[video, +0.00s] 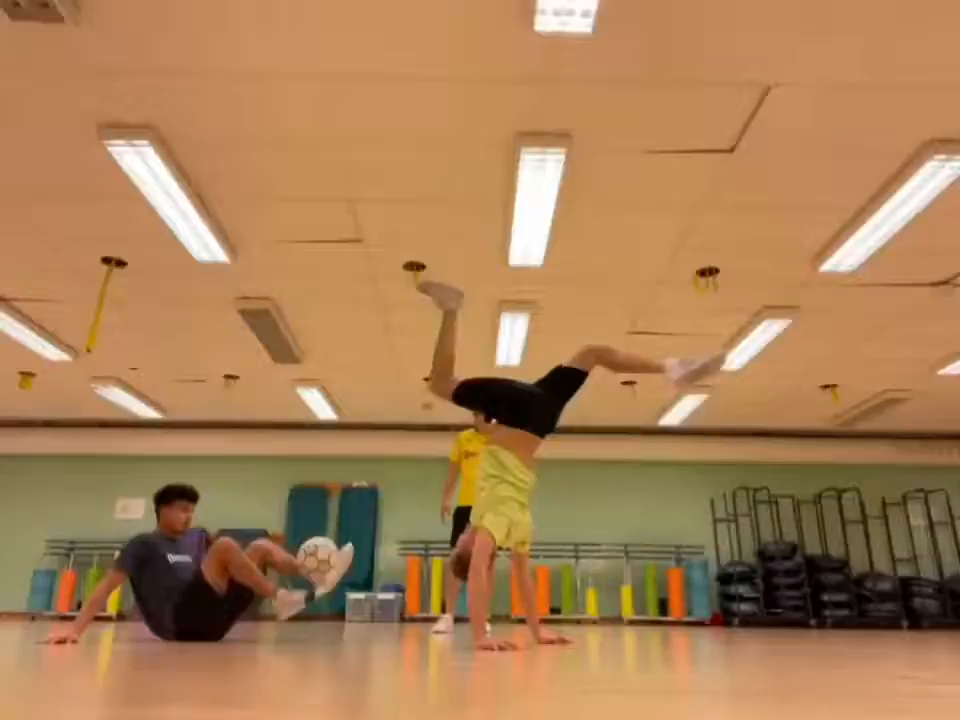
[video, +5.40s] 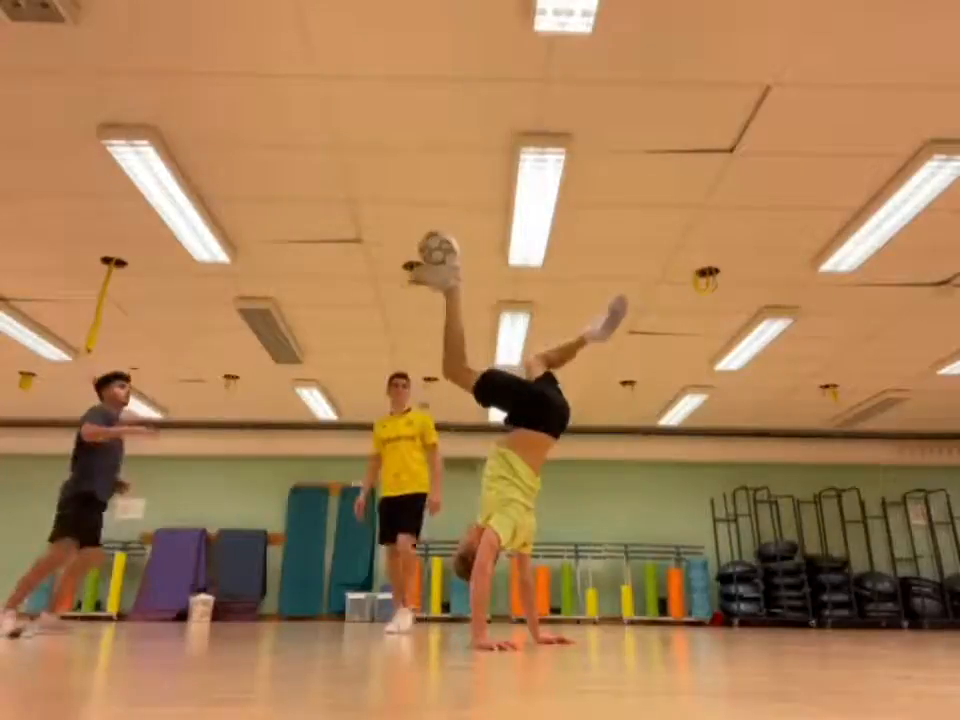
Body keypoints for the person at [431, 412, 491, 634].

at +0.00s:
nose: (478, 420)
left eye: (482, 415)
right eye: (475, 415)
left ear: (492, 417)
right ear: (472, 416)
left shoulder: (501, 439)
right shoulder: (464, 439)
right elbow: (453, 472)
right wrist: (446, 500)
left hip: (493, 506)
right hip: (467, 504)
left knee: (487, 565)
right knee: (456, 562)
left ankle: (483, 619)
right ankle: (448, 613)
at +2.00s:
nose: (477, 421)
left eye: (481, 415)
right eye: (473, 414)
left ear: (492, 416)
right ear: (466, 416)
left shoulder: (500, 439)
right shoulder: (463, 440)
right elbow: (454, 473)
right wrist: (449, 502)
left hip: (492, 504)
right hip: (466, 504)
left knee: (488, 564)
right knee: (457, 560)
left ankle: (483, 618)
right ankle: (449, 613)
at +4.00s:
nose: (472, 416)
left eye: (476, 410)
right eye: (469, 411)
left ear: (488, 413)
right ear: (465, 414)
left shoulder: (498, 438)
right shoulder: (461, 440)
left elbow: (506, 472)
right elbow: (453, 474)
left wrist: (502, 504)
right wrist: (447, 504)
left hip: (492, 505)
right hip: (465, 504)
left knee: (489, 565)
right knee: (456, 557)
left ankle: (485, 617)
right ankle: (449, 613)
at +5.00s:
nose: (444, 409)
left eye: (447, 404)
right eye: (439, 404)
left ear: (452, 409)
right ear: (432, 409)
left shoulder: (464, 438)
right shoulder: (422, 438)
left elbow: (474, 474)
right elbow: (416, 475)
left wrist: (475, 506)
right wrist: (411, 506)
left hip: (457, 506)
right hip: (428, 505)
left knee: (468, 558)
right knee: (412, 556)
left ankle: (477, 612)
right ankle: (409, 608)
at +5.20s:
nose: (419, 400)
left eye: (423, 395)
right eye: (414, 396)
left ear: (430, 401)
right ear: (408, 403)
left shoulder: (440, 430)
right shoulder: (400, 433)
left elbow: (454, 468)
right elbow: (394, 470)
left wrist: (453, 502)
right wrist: (389, 502)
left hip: (433, 500)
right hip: (405, 500)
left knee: (443, 556)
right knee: (396, 554)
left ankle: (458, 600)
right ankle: (401, 612)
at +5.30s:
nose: (408, 394)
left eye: (412, 390)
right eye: (403, 391)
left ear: (419, 395)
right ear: (397, 396)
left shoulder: (431, 423)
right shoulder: (391, 427)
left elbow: (441, 459)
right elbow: (387, 459)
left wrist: (441, 494)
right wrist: (379, 487)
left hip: (422, 493)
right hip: (396, 493)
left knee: (419, 552)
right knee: (394, 554)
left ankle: (437, 601)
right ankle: (400, 611)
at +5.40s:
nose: (400, 390)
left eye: (404, 386)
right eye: (395, 386)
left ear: (410, 391)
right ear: (388, 391)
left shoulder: (422, 418)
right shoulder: (381, 425)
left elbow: (435, 454)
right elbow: (375, 460)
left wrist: (435, 491)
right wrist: (364, 492)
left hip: (415, 489)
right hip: (390, 491)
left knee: (405, 544)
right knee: (392, 549)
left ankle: (409, 606)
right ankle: (399, 606)